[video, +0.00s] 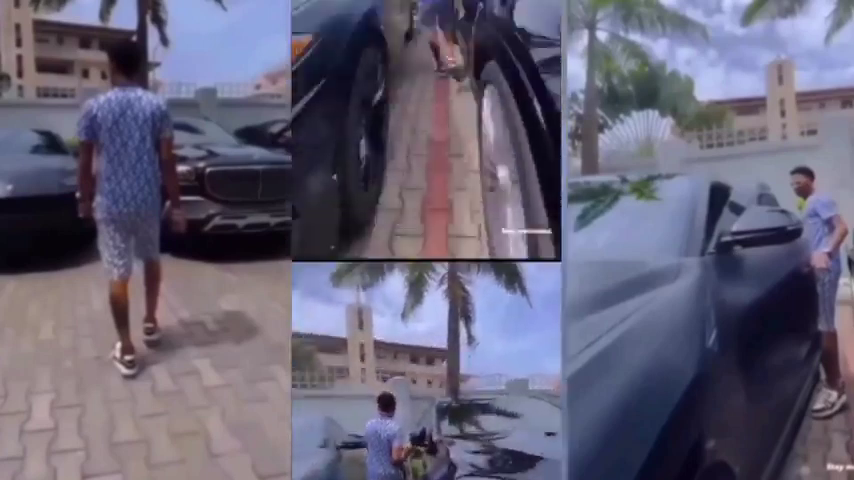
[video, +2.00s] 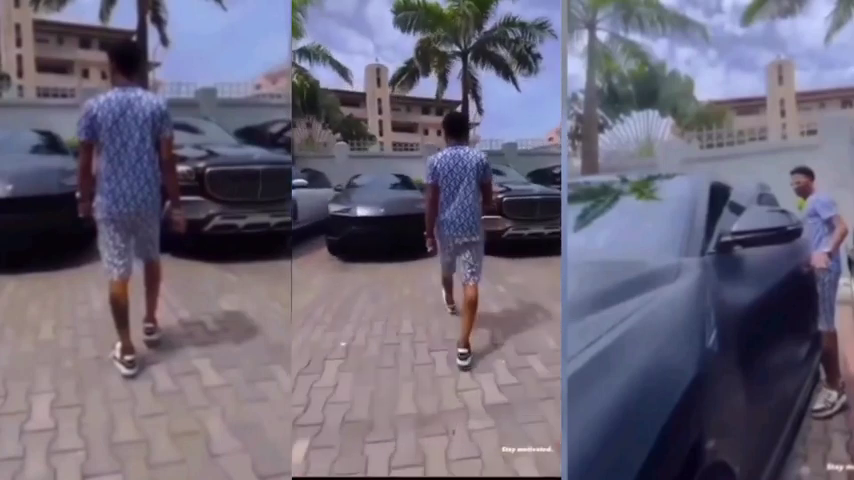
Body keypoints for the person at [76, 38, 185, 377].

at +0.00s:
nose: (112, 71)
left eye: (111, 66)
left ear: (112, 67)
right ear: (142, 67)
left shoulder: (95, 107)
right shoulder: (155, 105)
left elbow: (85, 161)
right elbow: (167, 159)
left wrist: (85, 199)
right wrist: (175, 202)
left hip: (110, 201)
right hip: (147, 200)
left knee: (118, 273)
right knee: (151, 260)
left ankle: (125, 348)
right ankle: (150, 319)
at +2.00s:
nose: (110, 72)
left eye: (110, 66)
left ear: (112, 68)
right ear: (142, 67)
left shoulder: (96, 107)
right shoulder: (156, 106)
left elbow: (85, 161)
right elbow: (167, 160)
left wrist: (85, 199)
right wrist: (175, 202)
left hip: (110, 201)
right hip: (147, 200)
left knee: (118, 273)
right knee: (151, 260)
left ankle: (125, 348)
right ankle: (150, 319)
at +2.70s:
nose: (110, 71)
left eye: (110, 66)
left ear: (112, 68)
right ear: (142, 67)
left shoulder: (95, 107)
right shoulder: (156, 106)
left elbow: (85, 161)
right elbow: (167, 160)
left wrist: (84, 199)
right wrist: (175, 202)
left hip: (110, 201)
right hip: (147, 200)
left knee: (118, 273)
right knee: (151, 260)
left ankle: (125, 348)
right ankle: (150, 319)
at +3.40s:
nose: (110, 71)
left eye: (110, 66)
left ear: (112, 68)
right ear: (142, 67)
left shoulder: (95, 107)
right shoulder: (156, 106)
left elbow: (85, 161)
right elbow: (167, 160)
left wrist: (84, 199)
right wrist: (175, 202)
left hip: (110, 201)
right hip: (147, 200)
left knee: (118, 273)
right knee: (151, 260)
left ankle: (125, 348)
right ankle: (150, 319)